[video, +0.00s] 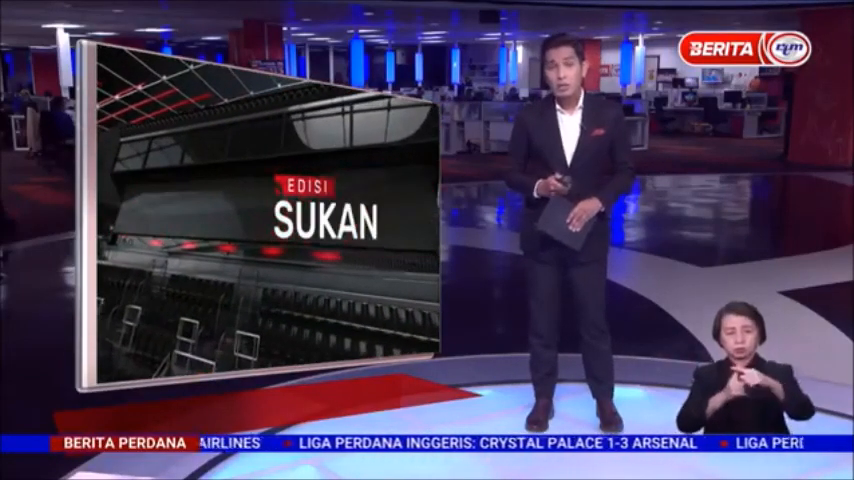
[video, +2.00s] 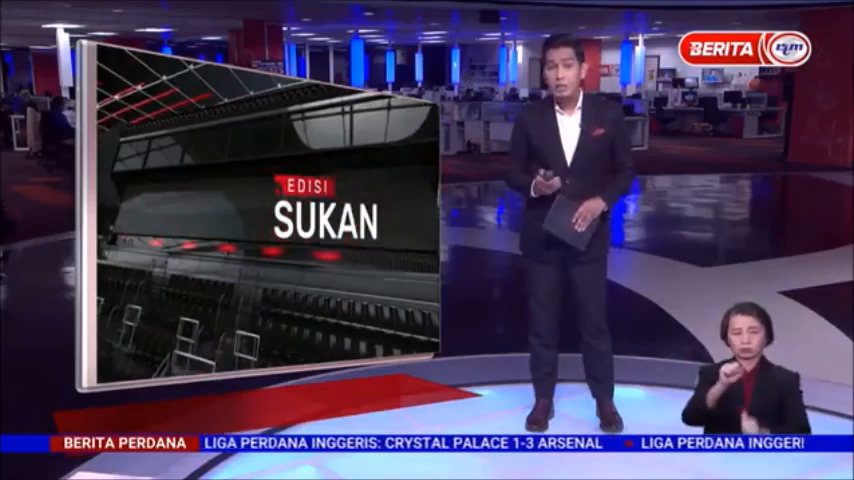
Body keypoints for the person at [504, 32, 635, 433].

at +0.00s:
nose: (560, 73)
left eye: (568, 64)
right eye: (552, 66)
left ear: (583, 68)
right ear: (544, 74)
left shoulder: (608, 112)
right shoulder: (530, 115)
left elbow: (625, 171)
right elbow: (512, 171)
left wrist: (598, 201)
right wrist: (537, 186)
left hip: (589, 230)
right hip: (542, 231)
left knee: (593, 320)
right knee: (543, 321)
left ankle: (605, 400)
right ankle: (542, 400)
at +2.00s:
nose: (558, 73)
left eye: (566, 65)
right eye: (551, 66)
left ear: (582, 70)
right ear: (544, 74)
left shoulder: (607, 112)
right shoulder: (530, 116)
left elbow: (625, 171)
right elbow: (513, 171)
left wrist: (601, 200)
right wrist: (532, 185)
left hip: (589, 232)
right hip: (542, 233)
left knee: (593, 321)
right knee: (543, 323)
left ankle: (605, 401)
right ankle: (542, 401)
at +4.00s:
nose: (571, 71)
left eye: (579, 63)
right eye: (563, 63)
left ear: (588, 71)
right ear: (549, 69)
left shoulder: (604, 113)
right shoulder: (526, 115)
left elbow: (620, 172)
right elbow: (508, 172)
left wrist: (597, 201)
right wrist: (537, 190)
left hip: (588, 230)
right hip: (541, 229)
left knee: (594, 320)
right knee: (541, 321)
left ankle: (604, 400)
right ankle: (542, 400)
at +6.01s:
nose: (578, 67)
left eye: (587, 60)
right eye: (571, 58)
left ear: (597, 70)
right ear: (556, 65)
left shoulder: (611, 114)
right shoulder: (533, 115)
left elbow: (625, 171)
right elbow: (514, 173)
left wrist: (601, 203)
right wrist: (544, 190)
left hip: (592, 231)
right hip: (545, 231)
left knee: (597, 320)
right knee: (545, 320)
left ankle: (605, 399)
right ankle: (543, 399)